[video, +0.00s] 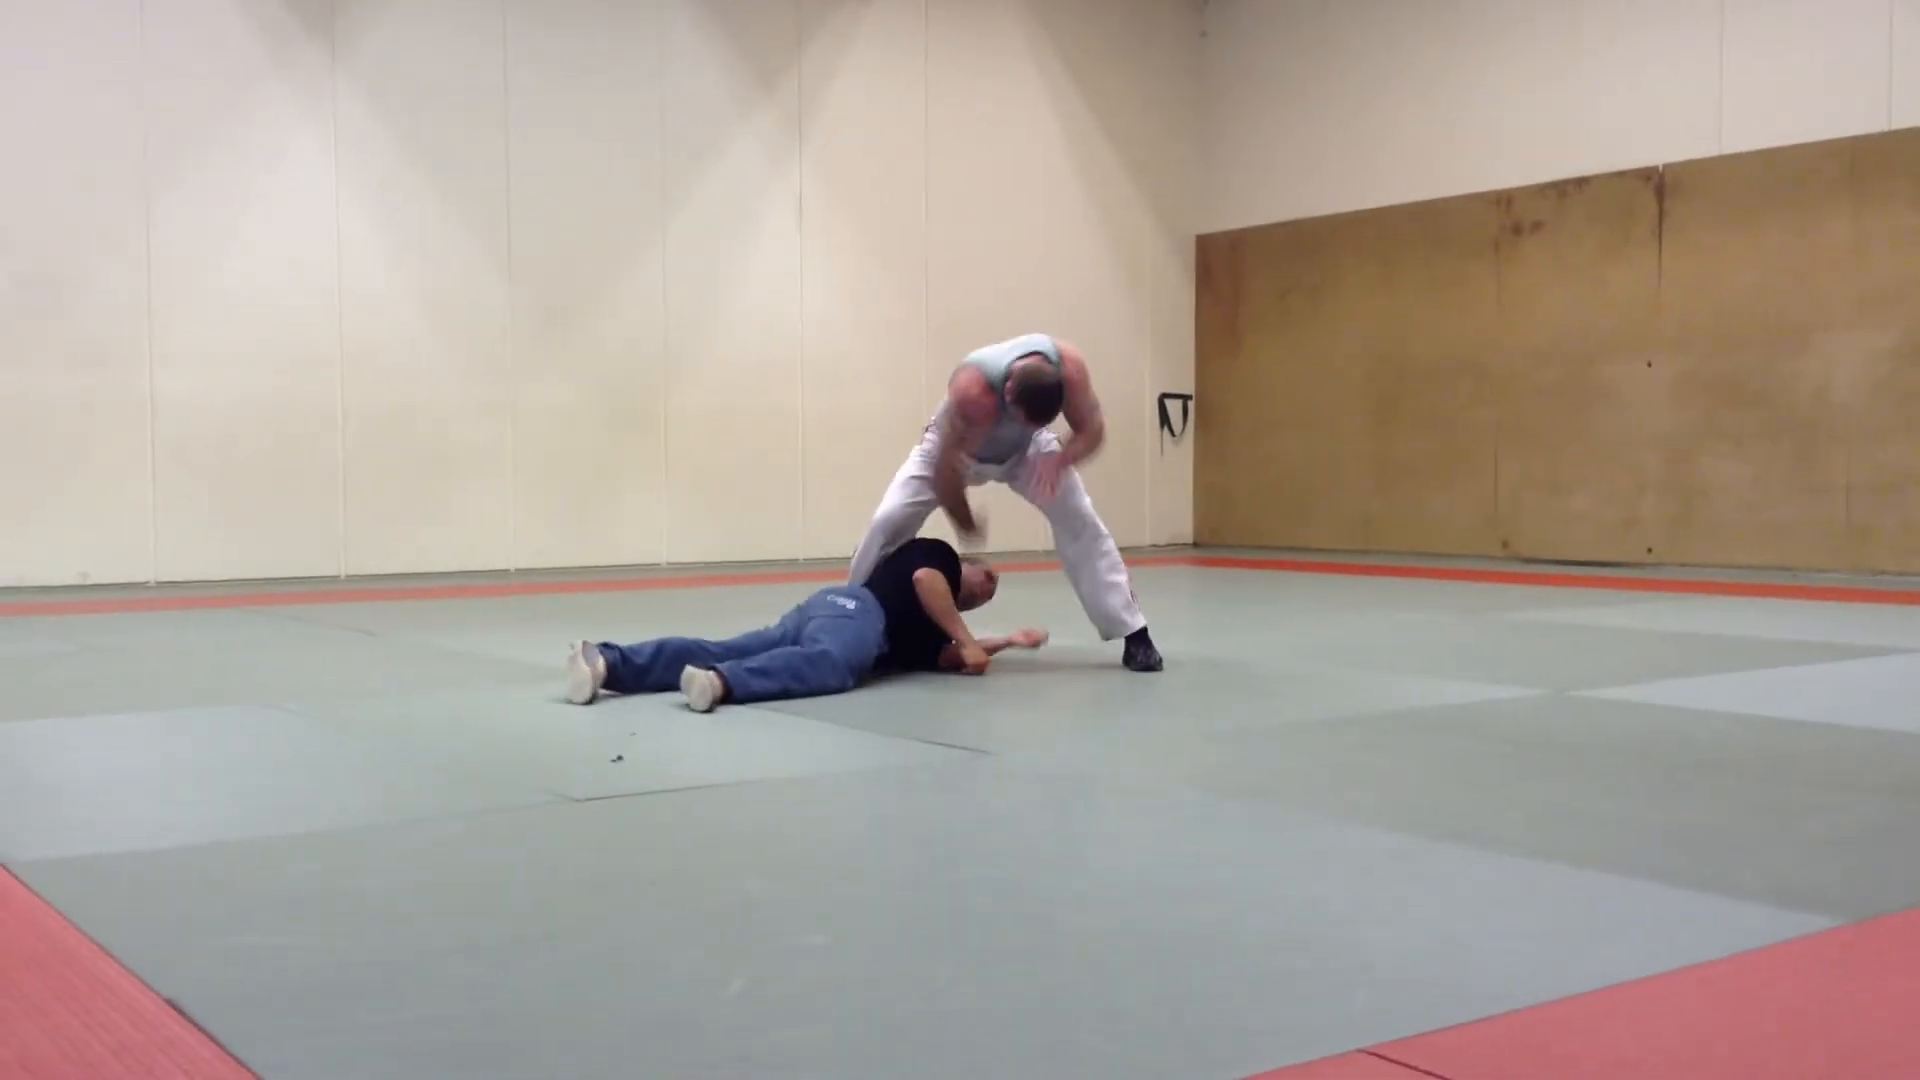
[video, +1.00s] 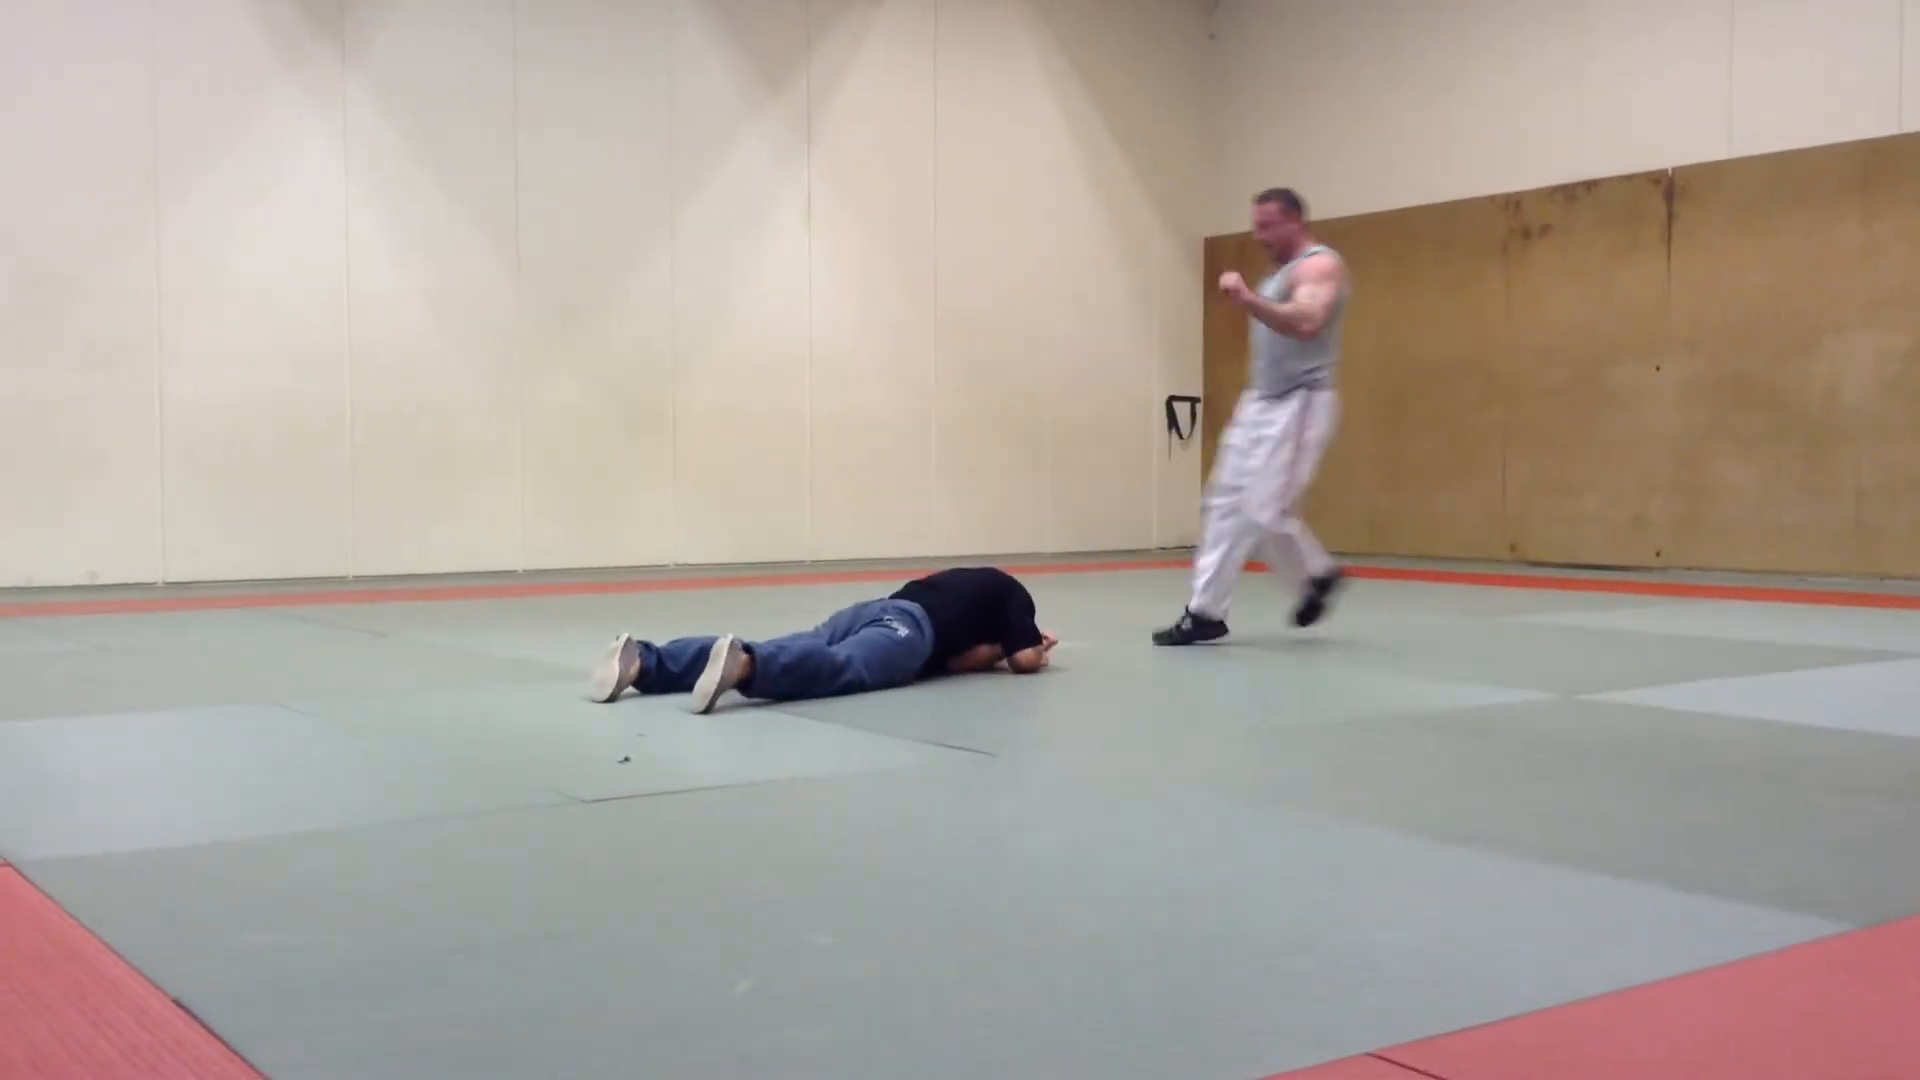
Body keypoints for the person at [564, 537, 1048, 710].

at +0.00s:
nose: (984, 587)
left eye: (987, 589)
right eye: (983, 579)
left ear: (973, 599)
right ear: (967, 562)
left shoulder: (934, 633)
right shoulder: (935, 552)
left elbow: (962, 654)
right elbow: (923, 584)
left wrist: (1009, 641)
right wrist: (965, 642)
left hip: (822, 620)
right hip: (854, 609)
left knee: (729, 652)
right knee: (830, 666)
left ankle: (612, 666)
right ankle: (724, 681)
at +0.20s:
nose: (975, 593)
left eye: (976, 584)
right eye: (975, 580)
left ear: (920, 566)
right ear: (957, 560)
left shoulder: (928, 620)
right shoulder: (944, 555)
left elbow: (940, 656)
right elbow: (964, 582)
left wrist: (998, 652)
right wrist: (1003, 644)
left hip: (832, 611)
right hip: (872, 619)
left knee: (733, 652)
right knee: (820, 667)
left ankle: (610, 662)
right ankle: (712, 681)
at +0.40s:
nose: (1009, 611)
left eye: (1012, 603)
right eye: (1011, 600)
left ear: (971, 586)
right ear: (996, 584)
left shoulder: (949, 633)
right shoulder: (971, 563)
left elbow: (959, 658)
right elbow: (1010, 609)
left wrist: (1007, 631)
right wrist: (1033, 636)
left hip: (838, 616)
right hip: (882, 612)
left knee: (743, 653)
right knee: (832, 666)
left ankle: (619, 668)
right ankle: (725, 673)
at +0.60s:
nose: (1021, 638)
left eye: (1018, 637)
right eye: (1023, 635)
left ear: (994, 620)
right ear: (1019, 611)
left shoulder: (949, 599)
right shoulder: (994, 585)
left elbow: (954, 657)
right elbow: (1025, 655)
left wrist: (1006, 637)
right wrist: (1035, 653)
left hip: (843, 612)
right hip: (891, 613)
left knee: (757, 651)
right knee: (838, 666)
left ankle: (631, 665)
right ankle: (738, 665)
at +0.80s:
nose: (1029, 646)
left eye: (1027, 643)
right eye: (1031, 643)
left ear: (1003, 625)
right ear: (1026, 615)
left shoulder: (958, 600)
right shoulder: (1004, 590)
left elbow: (951, 658)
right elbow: (1021, 656)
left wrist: (1009, 650)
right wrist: (1034, 653)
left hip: (863, 610)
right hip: (905, 621)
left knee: (773, 649)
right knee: (841, 665)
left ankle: (641, 663)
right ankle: (747, 665)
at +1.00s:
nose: (1028, 646)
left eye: (1024, 644)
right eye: (1028, 643)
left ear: (1007, 621)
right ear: (1026, 613)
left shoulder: (956, 589)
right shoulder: (1010, 594)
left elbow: (949, 660)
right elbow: (1023, 660)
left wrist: (1007, 651)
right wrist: (1040, 653)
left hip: (868, 612)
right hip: (910, 622)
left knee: (779, 650)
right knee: (842, 666)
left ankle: (644, 664)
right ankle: (748, 665)